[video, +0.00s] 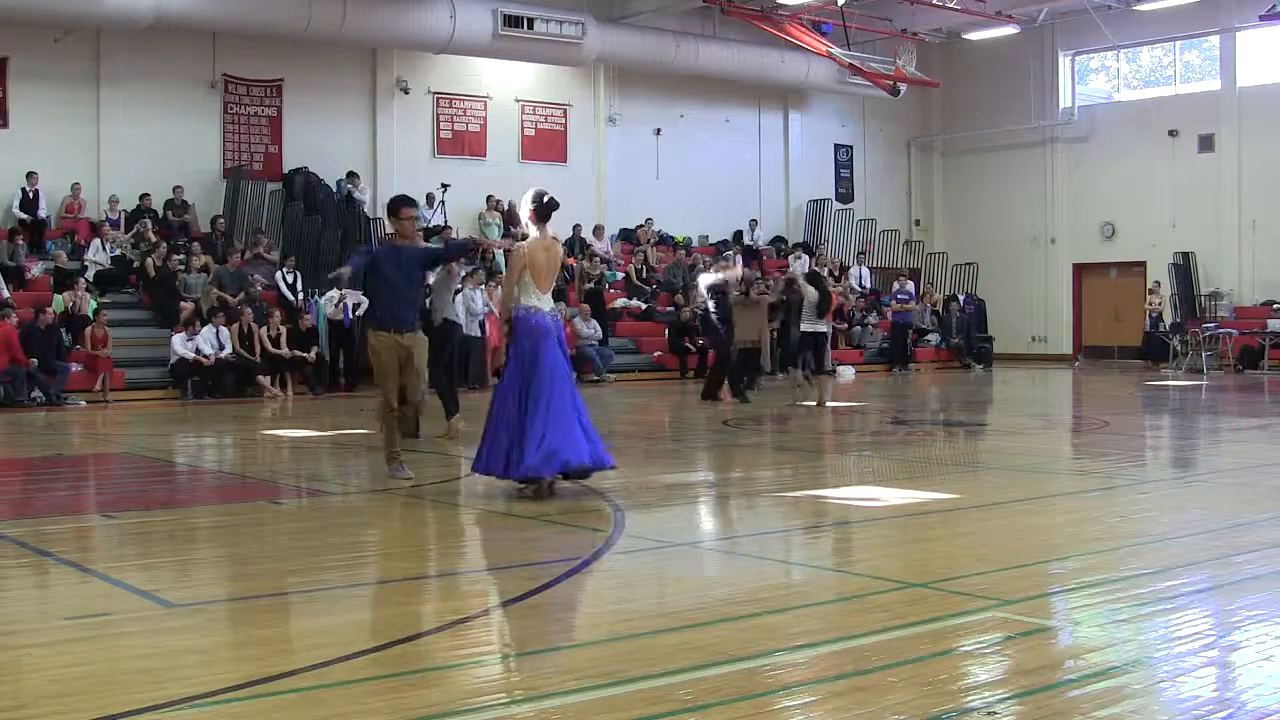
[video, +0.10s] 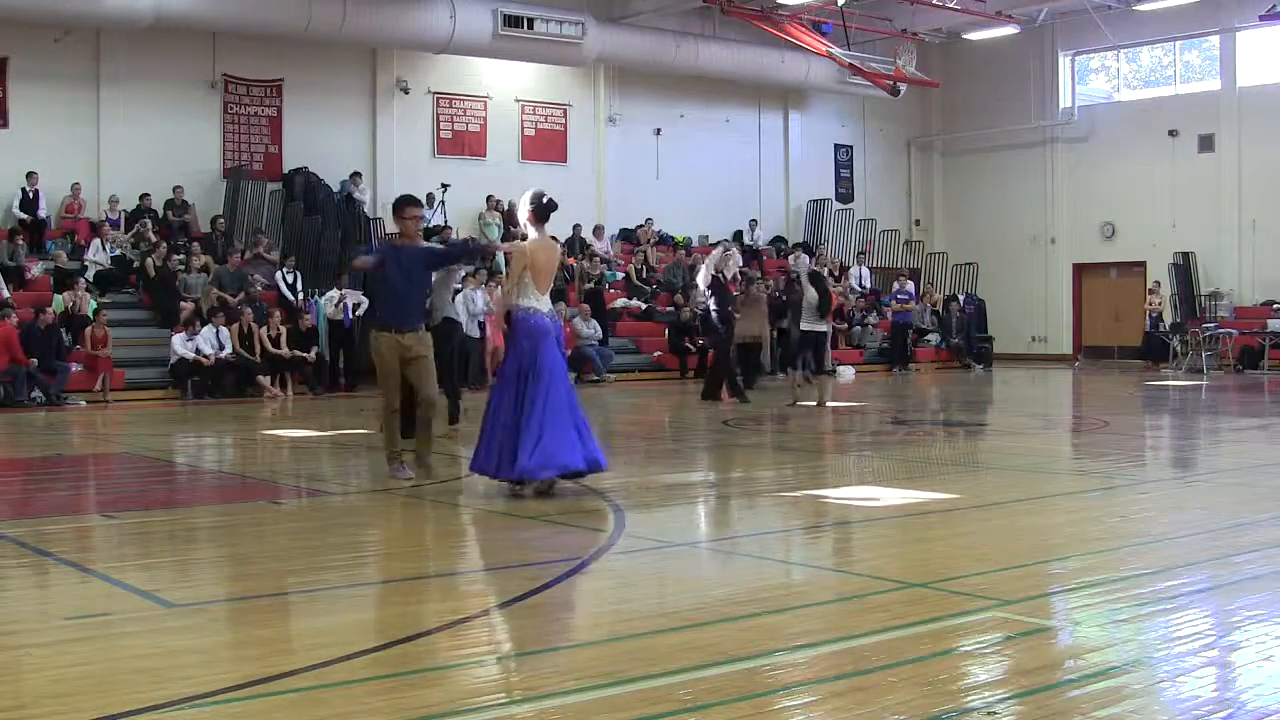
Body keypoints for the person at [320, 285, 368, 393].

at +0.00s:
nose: (345, 284)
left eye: (346, 281)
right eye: (343, 281)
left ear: (348, 283)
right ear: (337, 283)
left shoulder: (351, 294)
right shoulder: (329, 296)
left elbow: (365, 301)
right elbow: (329, 314)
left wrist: (358, 313)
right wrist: (338, 303)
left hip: (349, 322)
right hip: (335, 322)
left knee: (350, 355)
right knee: (334, 355)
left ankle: (350, 383)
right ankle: (334, 383)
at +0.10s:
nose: (345, 283)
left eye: (346, 280)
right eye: (342, 280)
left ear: (347, 281)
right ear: (337, 281)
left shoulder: (351, 294)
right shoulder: (329, 296)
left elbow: (365, 301)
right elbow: (329, 314)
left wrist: (357, 313)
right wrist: (338, 303)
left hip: (349, 323)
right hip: (334, 324)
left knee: (349, 355)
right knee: (334, 355)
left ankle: (350, 383)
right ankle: (334, 383)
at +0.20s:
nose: (344, 283)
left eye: (346, 280)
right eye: (342, 280)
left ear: (348, 281)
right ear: (337, 281)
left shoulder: (351, 294)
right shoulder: (329, 296)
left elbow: (365, 301)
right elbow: (329, 314)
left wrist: (358, 313)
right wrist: (338, 303)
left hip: (349, 323)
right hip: (335, 324)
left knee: (350, 355)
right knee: (334, 355)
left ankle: (350, 383)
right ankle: (334, 383)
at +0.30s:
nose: (344, 283)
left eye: (345, 280)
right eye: (342, 280)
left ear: (347, 281)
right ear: (337, 281)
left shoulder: (351, 294)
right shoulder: (329, 296)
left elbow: (365, 301)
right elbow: (329, 314)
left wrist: (358, 313)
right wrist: (338, 303)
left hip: (348, 322)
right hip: (335, 323)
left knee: (350, 355)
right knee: (334, 355)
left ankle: (350, 383)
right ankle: (334, 383)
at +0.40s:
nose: (346, 282)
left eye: (347, 279)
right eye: (344, 280)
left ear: (348, 281)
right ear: (337, 281)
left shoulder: (351, 294)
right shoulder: (329, 296)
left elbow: (365, 301)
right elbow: (329, 314)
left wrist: (358, 313)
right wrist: (338, 303)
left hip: (348, 322)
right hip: (335, 323)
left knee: (349, 354)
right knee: (334, 355)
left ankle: (350, 383)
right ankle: (334, 383)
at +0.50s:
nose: (346, 282)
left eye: (347, 279)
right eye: (344, 279)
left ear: (347, 281)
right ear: (337, 281)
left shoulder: (351, 294)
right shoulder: (329, 296)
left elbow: (365, 301)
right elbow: (329, 314)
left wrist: (358, 313)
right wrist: (337, 305)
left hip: (348, 322)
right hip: (335, 323)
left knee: (349, 354)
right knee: (334, 355)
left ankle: (350, 383)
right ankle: (334, 383)